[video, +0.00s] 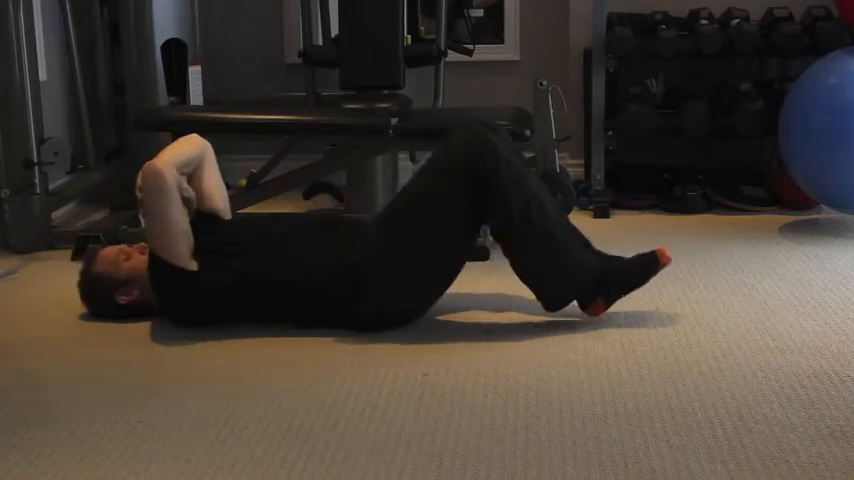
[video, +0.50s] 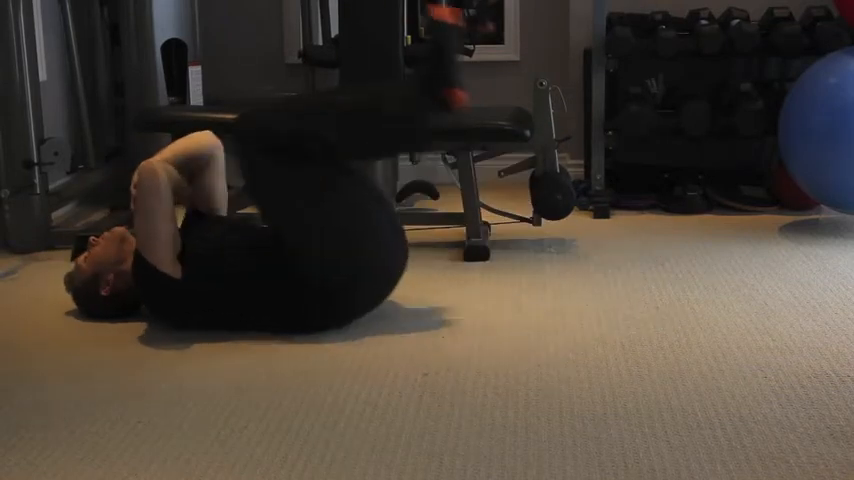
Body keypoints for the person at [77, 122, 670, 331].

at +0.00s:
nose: (129, 250)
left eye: (121, 250)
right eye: (118, 260)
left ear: (139, 260)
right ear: (130, 292)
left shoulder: (205, 256)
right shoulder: (183, 293)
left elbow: (200, 152)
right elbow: (163, 168)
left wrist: (181, 225)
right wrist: (175, 233)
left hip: (380, 260)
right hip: (373, 287)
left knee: (478, 142)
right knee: (475, 153)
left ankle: (573, 273)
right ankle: (584, 279)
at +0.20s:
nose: (115, 250)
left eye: (107, 249)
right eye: (105, 261)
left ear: (129, 259)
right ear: (118, 294)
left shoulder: (196, 251)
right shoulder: (173, 291)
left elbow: (195, 151)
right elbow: (148, 175)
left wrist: (169, 228)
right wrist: (162, 225)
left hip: (368, 259)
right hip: (363, 287)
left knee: (433, 130)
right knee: (431, 134)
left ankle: (542, 236)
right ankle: (561, 238)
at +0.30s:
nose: (107, 246)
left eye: (97, 248)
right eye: (98, 259)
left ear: (122, 258)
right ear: (115, 288)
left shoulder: (198, 242)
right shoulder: (167, 294)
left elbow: (194, 152)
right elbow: (145, 178)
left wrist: (143, 220)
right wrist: (159, 214)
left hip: (369, 264)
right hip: (356, 287)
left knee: (382, 116)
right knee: (374, 125)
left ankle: (527, 177)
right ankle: (528, 183)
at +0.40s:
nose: (99, 238)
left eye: (92, 241)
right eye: (91, 252)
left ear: (115, 241)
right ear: (113, 285)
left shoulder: (201, 244)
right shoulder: (165, 292)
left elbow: (200, 148)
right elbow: (147, 181)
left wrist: (146, 189)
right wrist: (148, 231)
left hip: (358, 265)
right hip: (338, 286)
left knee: (326, 117)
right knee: (313, 121)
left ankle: (486, 121)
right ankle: (487, 133)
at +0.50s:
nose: (103, 232)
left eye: (89, 240)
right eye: (90, 248)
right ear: (113, 283)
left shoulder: (198, 245)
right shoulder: (161, 290)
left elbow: (208, 146)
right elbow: (151, 174)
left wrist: (150, 180)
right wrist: (166, 185)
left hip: (367, 255)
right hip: (337, 275)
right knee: (256, 134)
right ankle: (430, 117)